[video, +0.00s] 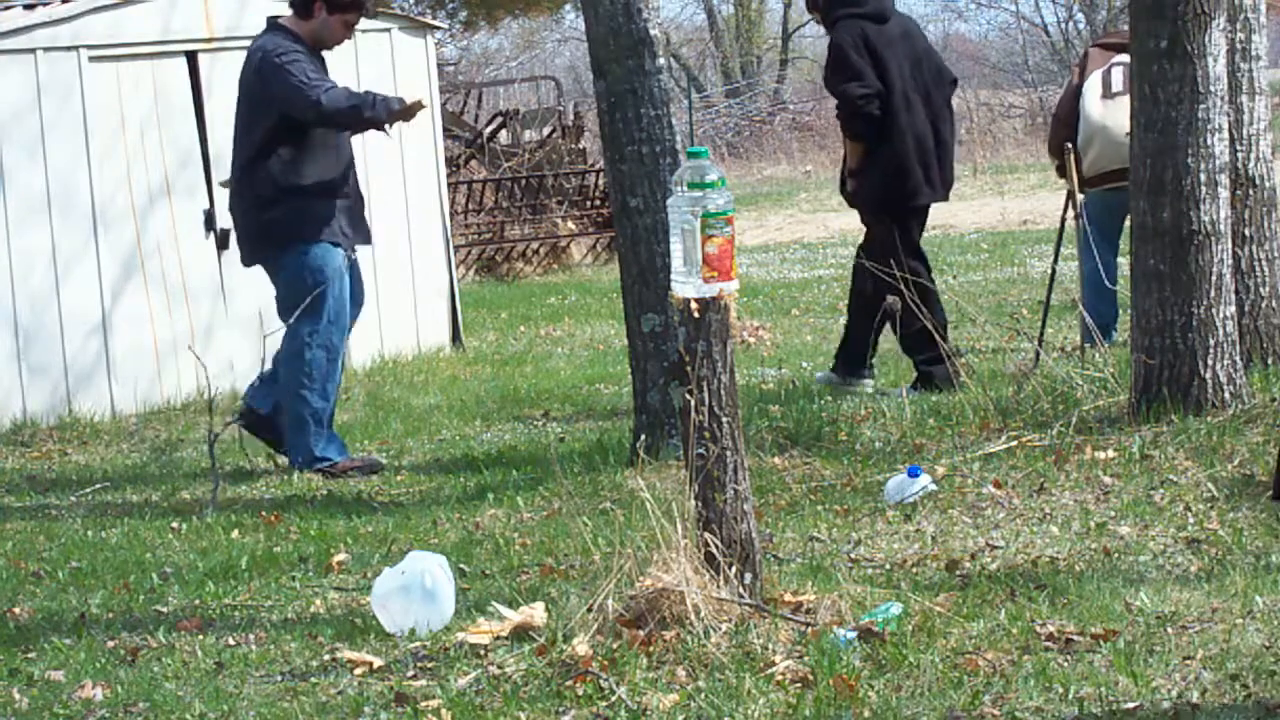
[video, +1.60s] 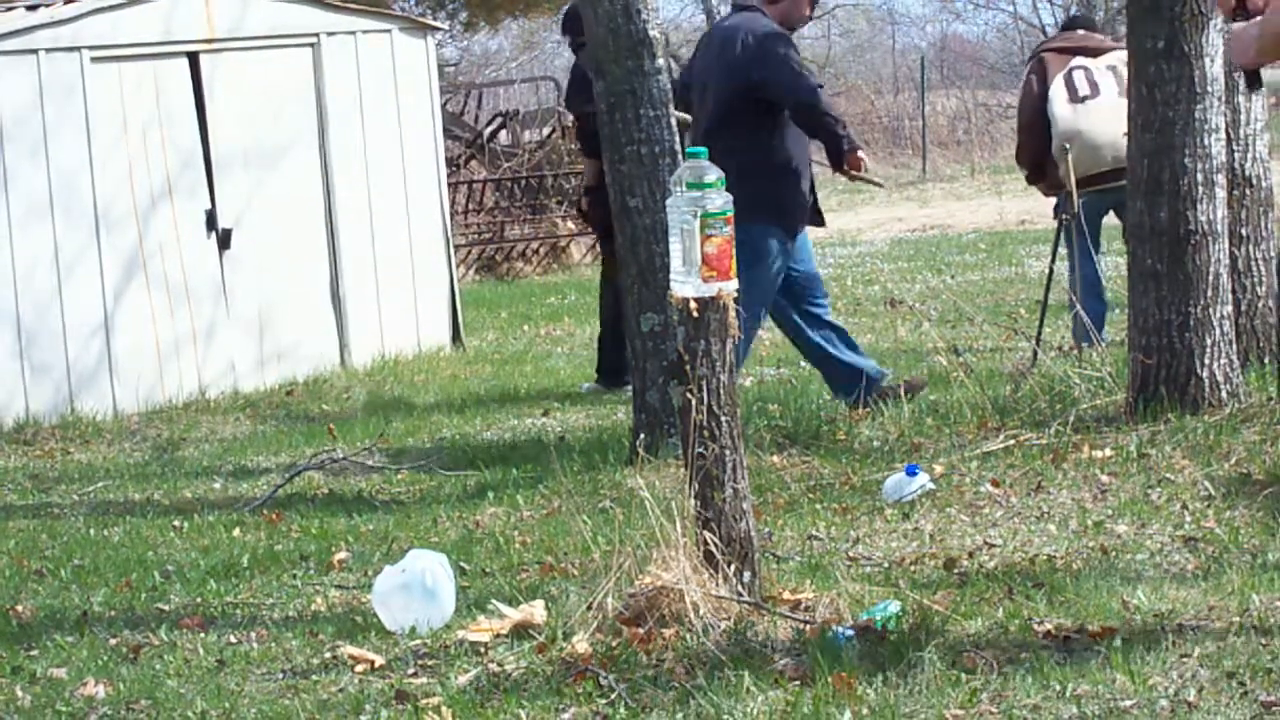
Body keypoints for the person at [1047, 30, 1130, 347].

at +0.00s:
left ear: (1112, 31)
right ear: (1147, 27)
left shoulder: (1094, 56)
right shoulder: (1163, 52)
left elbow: (1064, 114)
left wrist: (1062, 159)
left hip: (1104, 169)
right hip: (1157, 171)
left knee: (1097, 254)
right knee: (1160, 255)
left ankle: (1098, 339)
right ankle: (1164, 341)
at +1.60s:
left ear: (1059, 33)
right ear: (1097, 30)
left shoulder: (1044, 61)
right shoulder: (1122, 53)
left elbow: (1030, 126)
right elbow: (1149, 106)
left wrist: (1043, 177)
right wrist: (1147, 157)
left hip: (1080, 178)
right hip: (1133, 170)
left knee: (1083, 259)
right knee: (1150, 254)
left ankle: (1089, 339)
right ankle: (1162, 334)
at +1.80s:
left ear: (1037, 35)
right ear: (1073, 30)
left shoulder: (1026, 62)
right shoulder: (1108, 51)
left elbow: (1018, 129)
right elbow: (1140, 101)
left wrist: (1036, 183)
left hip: (1072, 177)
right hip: (1126, 166)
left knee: (1079, 264)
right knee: (1148, 250)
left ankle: (1088, 342)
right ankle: (1169, 328)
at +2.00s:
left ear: (1021, 38)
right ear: (1058, 30)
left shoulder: (1016, 65)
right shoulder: (1093, 50)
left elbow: (1014, 132)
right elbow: (1130, 96)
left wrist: (1025, 181)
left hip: (1064, 177)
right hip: (1120, 163)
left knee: (1075, 255)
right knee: (1122, 216)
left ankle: (1087, 341)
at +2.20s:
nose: (1017, 13)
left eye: (1018, 8)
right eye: (1020, 6)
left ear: (1025, 15)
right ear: (1054, 11)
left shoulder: (1016, 58)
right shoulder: (1096, 37)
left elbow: (1010, 126)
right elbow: (1125, 95)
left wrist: (1024, 180)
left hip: (1059, 171)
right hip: (1114, 159)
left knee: (1072, 251)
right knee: (1110, 236)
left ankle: (1086, 333)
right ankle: (1114, 315)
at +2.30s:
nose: (1017, 75)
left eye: (1018, 66)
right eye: (1015, 67)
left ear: (1028, 57)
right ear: (1056, 44)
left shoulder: (1026, 79)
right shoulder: (1099, 60)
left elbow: (1024, 133)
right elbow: (1126, 117)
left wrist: (1032, 179)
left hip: (1064, 170)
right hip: (1115, 162)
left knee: (1068, 249)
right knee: (1105, 245)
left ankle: (1085, 331)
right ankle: (1107, 325)